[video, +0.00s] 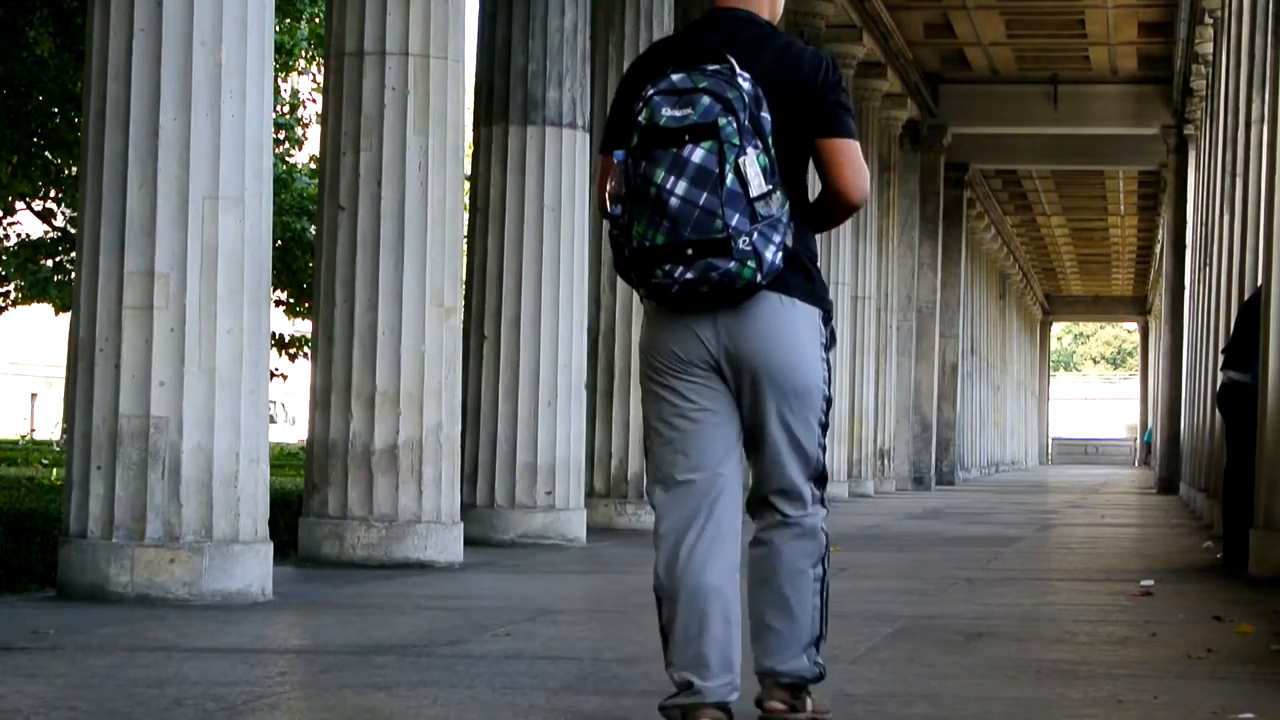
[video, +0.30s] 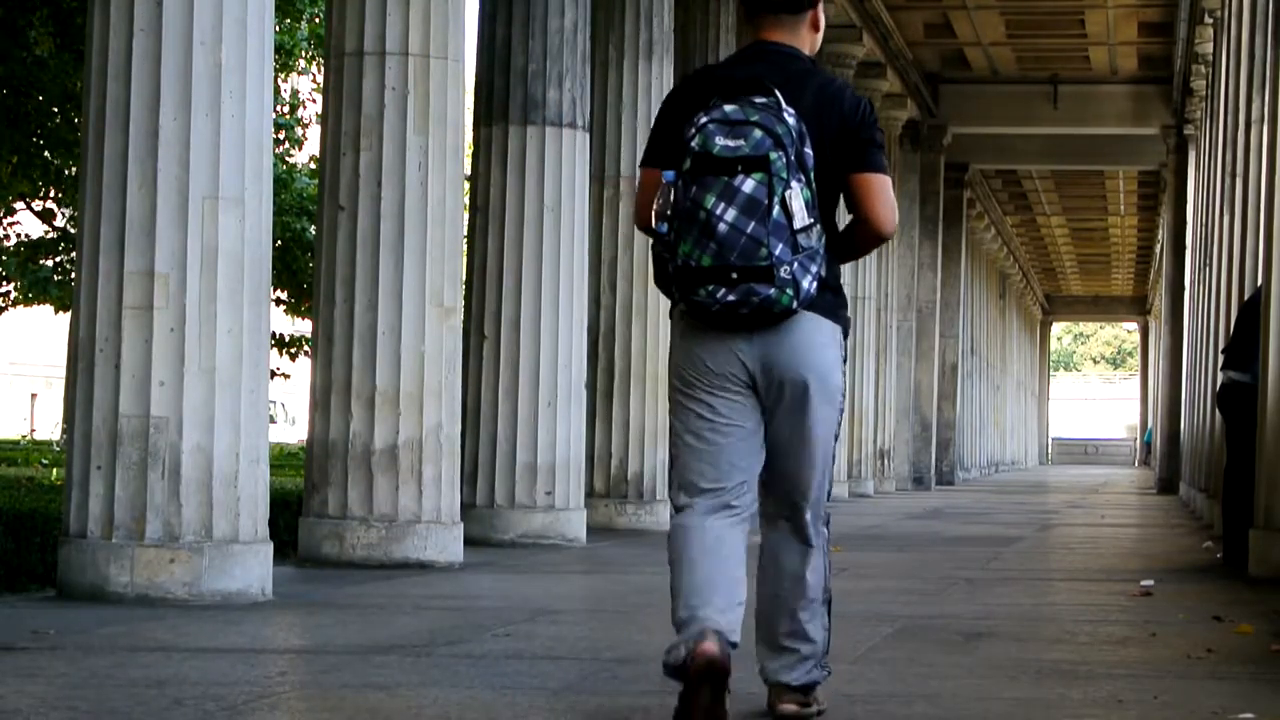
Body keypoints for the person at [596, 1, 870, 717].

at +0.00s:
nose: (783, 5)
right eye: (781, 1)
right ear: (773, 2)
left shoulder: (646, 66)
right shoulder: (804, 64)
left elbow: (609, 190)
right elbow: (853, 186)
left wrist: (673, 227)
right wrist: (803, 222)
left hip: (676, 314)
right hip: (778, 310)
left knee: (692, 498)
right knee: (788, 500)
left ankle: (703, 696)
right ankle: (786, 684)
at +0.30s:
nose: (825, 24)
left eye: (822, 16)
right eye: (825, 16)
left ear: (746, 19)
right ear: (815, 18)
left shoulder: (691, 92)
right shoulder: (841, 101)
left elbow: (647, 211)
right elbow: (880, 220)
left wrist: (707, 251)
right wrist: (824, 253)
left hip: (706, 324)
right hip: (805, 327)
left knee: (709, 498)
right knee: (799, 512)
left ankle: (706, 635)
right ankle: (791, 686)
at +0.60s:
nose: (834, 33)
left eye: (820, 24)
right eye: (834, 25)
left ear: (764, 29)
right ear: (833, 29)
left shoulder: (715, 100)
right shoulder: (861, 111)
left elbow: (672, 212)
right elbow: (895, 227)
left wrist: (732, 245)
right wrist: (827, 246)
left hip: (727, 324)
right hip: (822, 327)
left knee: (728, 493)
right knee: (804, 500)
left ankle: (726, 656)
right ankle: (791, 677)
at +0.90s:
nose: (817, 62)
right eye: (819, 52)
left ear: (752, 58)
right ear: (817, 57)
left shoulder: (712, 133)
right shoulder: (849, 134)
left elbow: (663, 237)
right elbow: (883, 247)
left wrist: (662, 324)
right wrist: (855, 308)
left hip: (734, 337)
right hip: (820, 337)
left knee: (745, 498)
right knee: (817, 492)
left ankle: (750, 656)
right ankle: (800, 611)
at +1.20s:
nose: (834, 80)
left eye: (823, 70)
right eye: (834, 71)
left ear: (767, 72)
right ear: (825, 72)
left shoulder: (722, 139)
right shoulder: (847, 141)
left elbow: (688, 247)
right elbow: (888, 231)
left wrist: (711, 319)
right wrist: (927, 324)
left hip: (741, 338)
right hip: (824, 334)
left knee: (747, 492)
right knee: (838, 489)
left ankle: (751, 651)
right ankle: (842, 641)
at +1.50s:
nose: (869, 103)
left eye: (865, 95)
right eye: (871, 95)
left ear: (808, 91)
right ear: (866, 95)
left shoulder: (761, 154)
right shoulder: (881, 163)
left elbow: (729, 253)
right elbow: (910, 262)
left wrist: (743, 327)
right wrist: (926, 350)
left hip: (773, 341)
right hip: (855, 343)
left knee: (769, 484)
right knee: (850, 492)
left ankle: (763, 588)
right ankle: (847, 638)